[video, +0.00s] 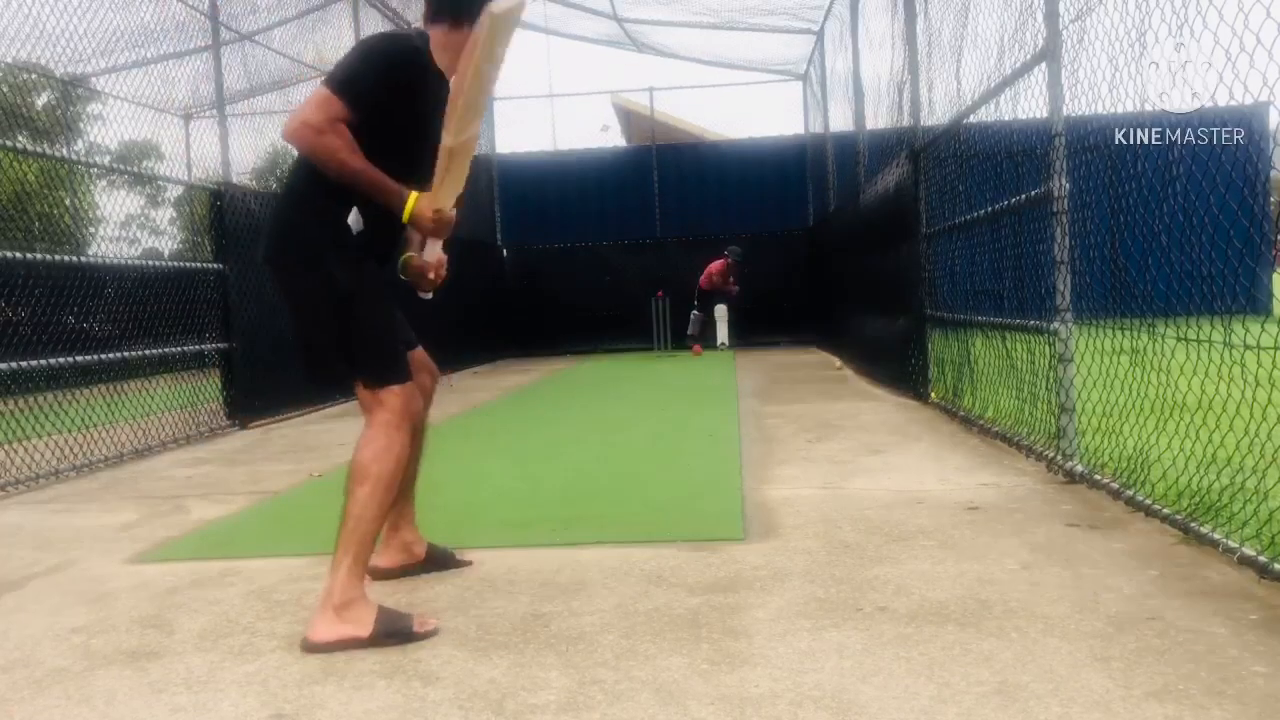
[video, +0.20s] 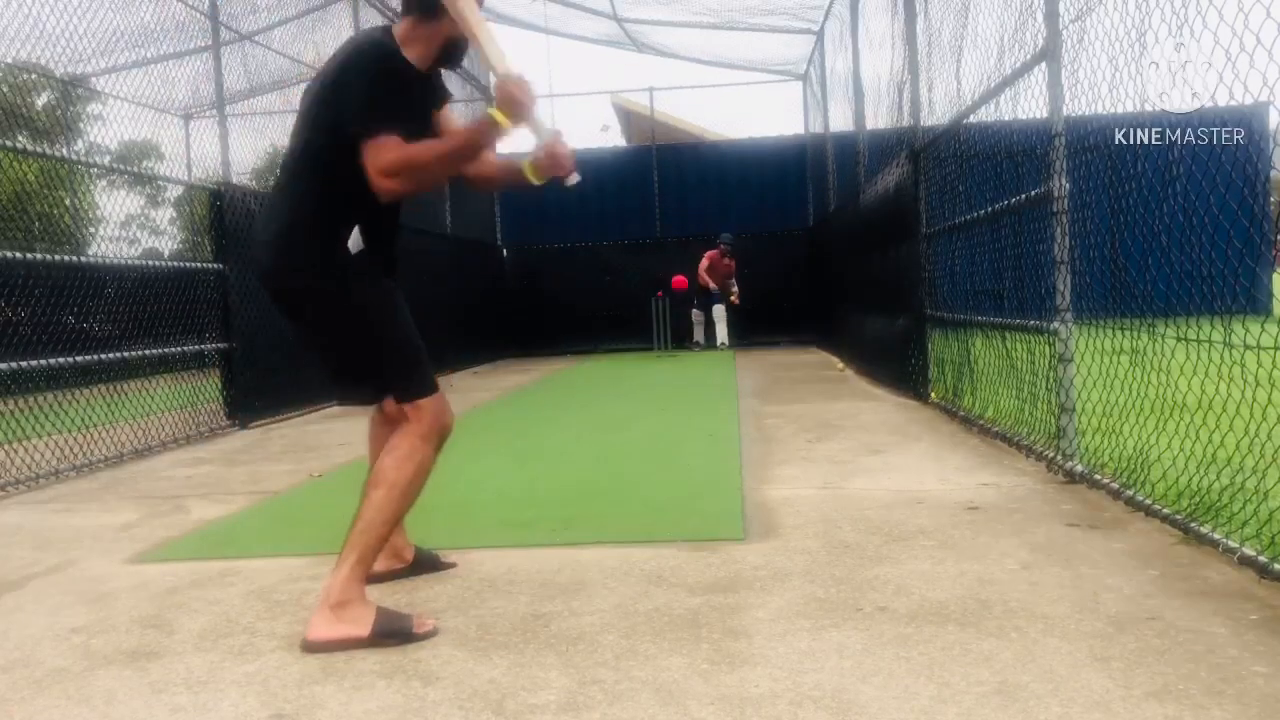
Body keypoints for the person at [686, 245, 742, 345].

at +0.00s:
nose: (735, 264)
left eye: (736, 262)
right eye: (734, 260)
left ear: (736, 261)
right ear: (727, 258)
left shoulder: (730, 268)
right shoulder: (717, 267)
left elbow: (727, 280)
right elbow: (717, 284)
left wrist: (731, 286)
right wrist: (730, 288)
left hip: (718, 289)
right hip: (705, 288)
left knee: (721, 312)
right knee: (699, 313)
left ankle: (722, 342)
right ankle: (693, 338)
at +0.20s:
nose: (726, 248)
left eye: (728, 245)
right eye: (723, 245)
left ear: (731, 247)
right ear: (719, 245)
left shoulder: (730, 262)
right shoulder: (710, 255)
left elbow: (731, 280)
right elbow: (701, 270)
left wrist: (734, 294)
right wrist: (710, 283)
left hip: (718, 290)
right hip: (703, 288)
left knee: (719, 313)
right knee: (697, 314)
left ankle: (722, 343)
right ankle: (698, 341)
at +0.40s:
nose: (715, 242)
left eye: (718, 239)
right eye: (713, 239)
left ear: (721, 240)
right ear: (708, 240)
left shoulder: (723, 256)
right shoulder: (700, 252)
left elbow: (726, 274)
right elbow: (691, 267)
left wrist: (729, 284)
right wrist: (700, 273)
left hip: (716, 287)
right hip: (702, 287)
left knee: (719, 313)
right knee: (699, 314)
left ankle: (723, 341)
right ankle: (702, 342)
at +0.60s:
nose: (706, 240)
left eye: (709, 237)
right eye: (704, 237)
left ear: (713, 238)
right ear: (700, 239)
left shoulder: (719, 252)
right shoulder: (695, 253)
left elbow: (724, 268)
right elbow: (690, 269)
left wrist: (725, 274)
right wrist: (698, 273)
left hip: (715, 285)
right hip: (700, 287)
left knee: (719, 313)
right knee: (700, 315)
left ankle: (725, 341)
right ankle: (702, 343)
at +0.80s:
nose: (702, 241)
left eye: (704, 238)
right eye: (701, 238)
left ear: (711, 238)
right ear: (701, 239)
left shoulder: (721, 252)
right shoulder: (697, 253)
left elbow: (728, 269)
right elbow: (694, 270)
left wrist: (724, 275)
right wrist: (700, 273)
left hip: (716, 284)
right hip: (702, 286)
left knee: (720, 312)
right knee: (701, 314)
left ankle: (725, 341)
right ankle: (702, 342)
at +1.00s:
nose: (705, 242)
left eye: (707, 239)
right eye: (704, 240)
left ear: (713, 239)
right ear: (702, 241)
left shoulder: (724, 251)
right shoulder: (701, 254)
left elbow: (732, 269)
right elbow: (699, 270)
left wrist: (723, 274)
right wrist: (706, 274)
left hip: (719, 285)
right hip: (706, 286)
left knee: (721, 312)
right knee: (703, 312)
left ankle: (726, 341)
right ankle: (702, 342)